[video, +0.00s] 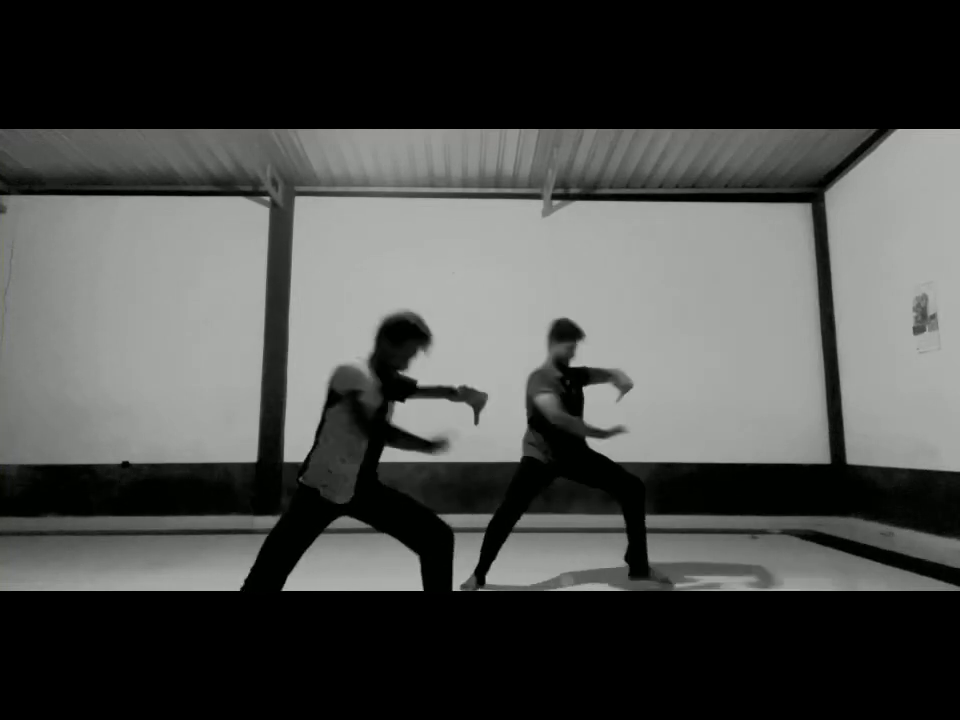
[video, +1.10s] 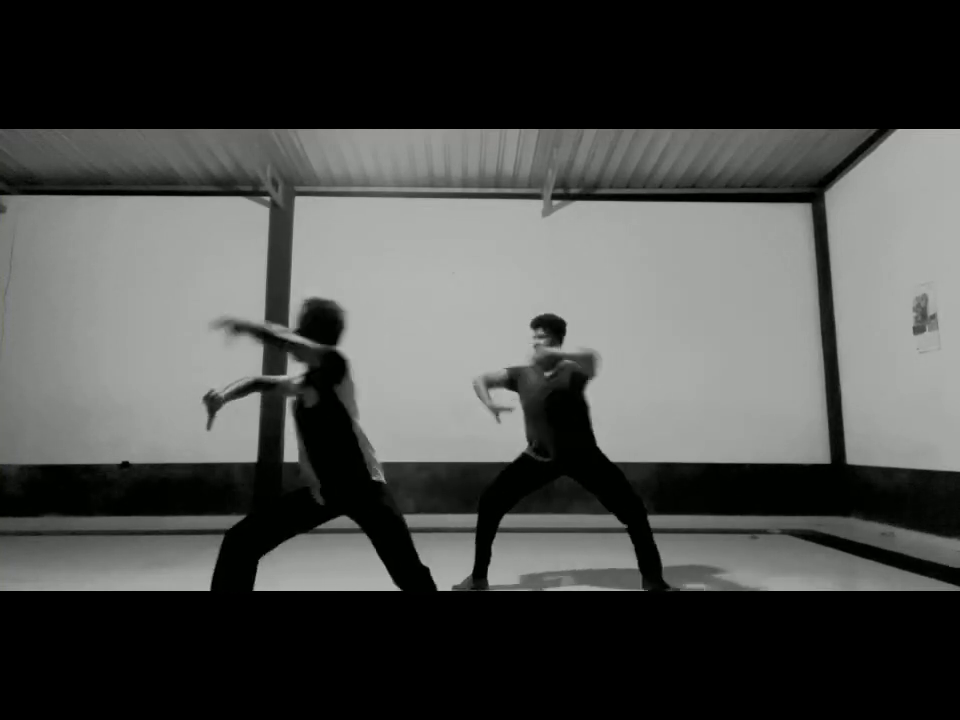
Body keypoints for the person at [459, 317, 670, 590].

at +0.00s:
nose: (571, 350)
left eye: (574, 344)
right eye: (566, 344)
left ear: (576, 346)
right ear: (552, 343)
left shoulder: (575, 375)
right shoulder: (540, 380)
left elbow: (610, 374)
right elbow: (555, 416)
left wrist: (622, 382)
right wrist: (599, 433)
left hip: (574, 455)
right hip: (540, 457)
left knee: (632, 489)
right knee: (509, 511)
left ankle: (639, 567)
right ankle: (479, 574)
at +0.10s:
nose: (560, 346)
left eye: (562, 341)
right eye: (553, 341)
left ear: (566, 343)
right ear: (540, 345)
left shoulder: (580, 374)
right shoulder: (532, 380)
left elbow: (620, 367)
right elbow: (528, 408)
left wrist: (636, 374)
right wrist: (567, 416)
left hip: (585, 455)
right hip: (547, 458)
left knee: (638, 497)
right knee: (509, 513)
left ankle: (636, 567)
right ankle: (478, 575)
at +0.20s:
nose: (563, 346)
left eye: (566, 341)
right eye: (557, 342)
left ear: (572, 342)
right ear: (548, 346)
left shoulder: (595, 372)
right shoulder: (542, 379)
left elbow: (635, 362)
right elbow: (512, 390)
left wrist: (643, 371)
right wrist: (544, 385)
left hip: (592, 457)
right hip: (551, 459)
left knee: (642, 500)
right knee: (516, 513)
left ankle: (639, 573)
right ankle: (480, 574)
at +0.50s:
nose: (579, 346)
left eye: (584, 341)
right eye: (574, 341)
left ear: (592, 343)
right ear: (566, 343)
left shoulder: (605, 377)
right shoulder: (550, 373)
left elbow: (645, 376)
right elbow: (515, 366)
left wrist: (641, 389)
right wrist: (502, 376)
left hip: (590, 458)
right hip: (547, 456)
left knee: (639, 500)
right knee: (495, 487)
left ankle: (640, 572)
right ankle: (483, 554)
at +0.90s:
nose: (543, 343)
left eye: (549, 338)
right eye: (538, 338)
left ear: (559, 339)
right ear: (533, 340)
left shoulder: (578, 368)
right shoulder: (521, 375)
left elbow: (623, 364)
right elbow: (481, 391)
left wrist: (622, 395)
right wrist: (480, 398)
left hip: (578, 450)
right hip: (536, 455)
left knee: (637, 496)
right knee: (492, 502)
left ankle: (648, 564)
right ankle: (477, 576)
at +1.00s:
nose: (543, 345)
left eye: (548, 339)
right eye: (539, 340)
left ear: (562, 341)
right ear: (536, 343)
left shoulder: (584, 371)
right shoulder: (527, 378)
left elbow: (625, 361)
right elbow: (493, 388)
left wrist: (594, 376)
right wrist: (479, 406)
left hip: (584, 456)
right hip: (540, 459)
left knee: (637, 501)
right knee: (492, 502)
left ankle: (651, 579)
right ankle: (478, 577)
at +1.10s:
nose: (538, 344)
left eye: (545, 339)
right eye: (535, 338)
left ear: (559, 343)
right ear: (531, 341)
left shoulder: (574, 371)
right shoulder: (521, 375)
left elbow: (591, 360)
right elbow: (479, 380)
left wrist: (558, 355)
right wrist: (489, 403)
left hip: (582, 457)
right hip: (539, 459)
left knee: (634, 512)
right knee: (490, 503)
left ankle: (654, 582)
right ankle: (478, 577)